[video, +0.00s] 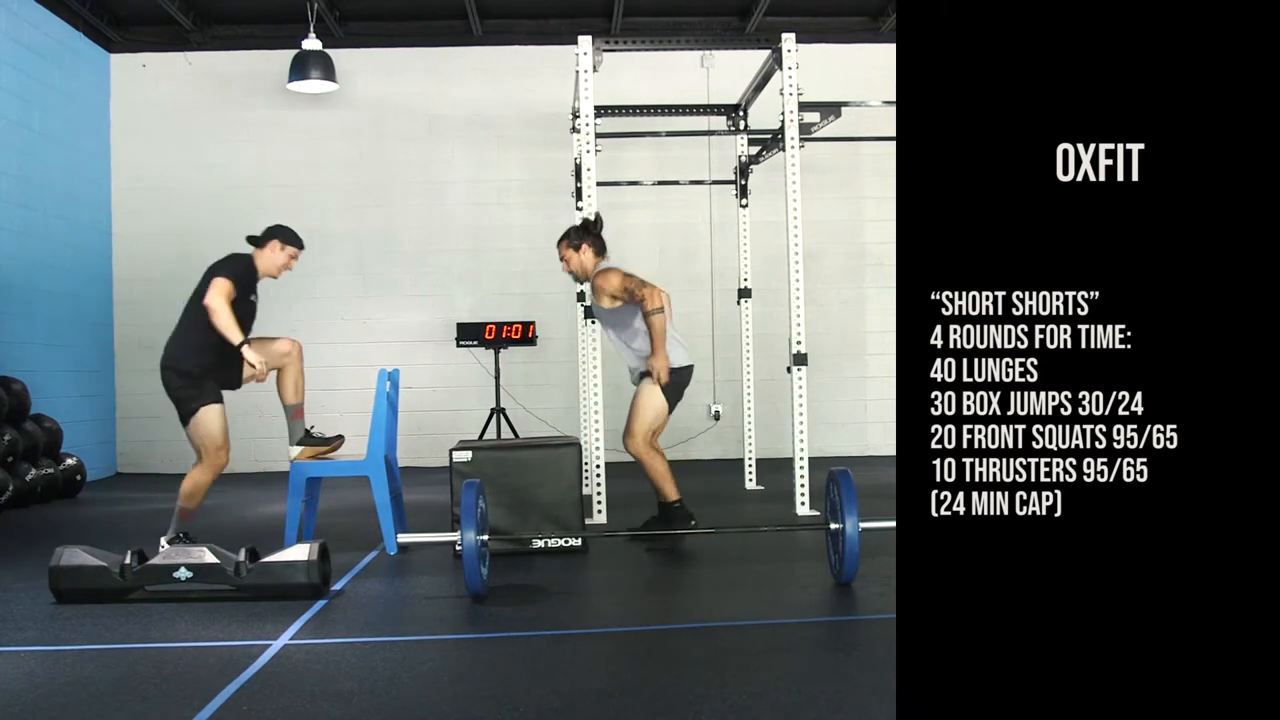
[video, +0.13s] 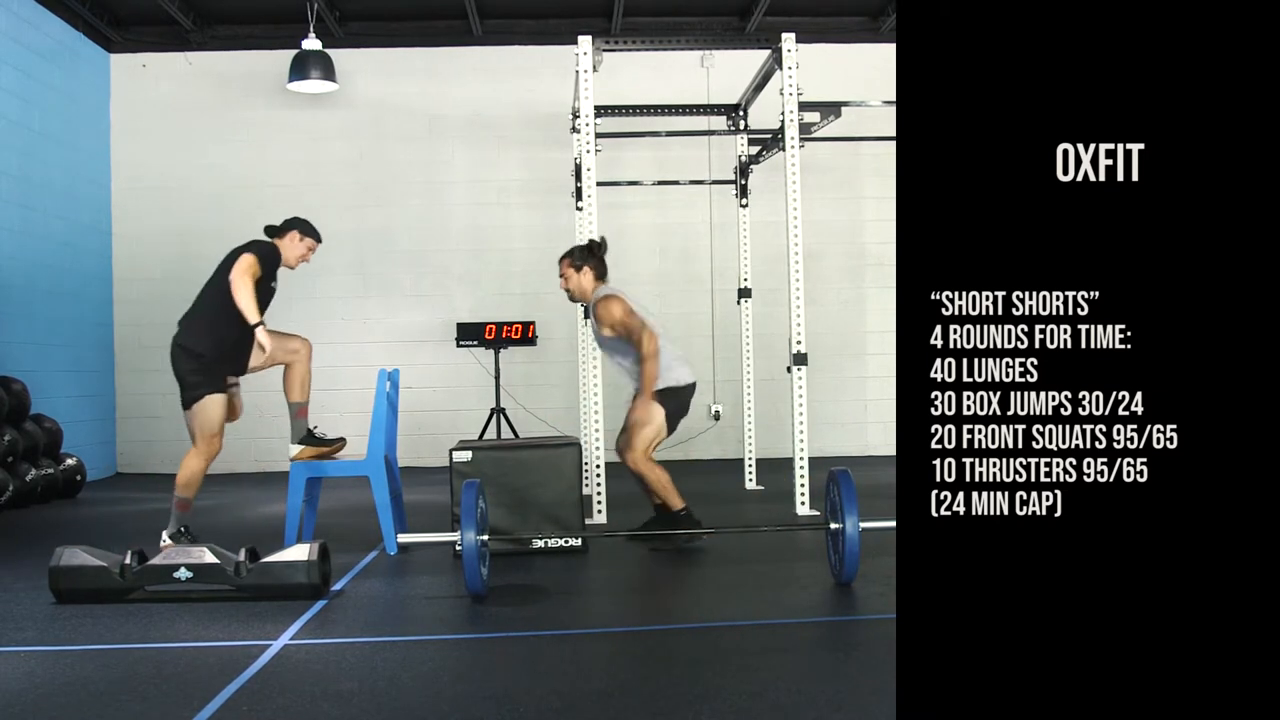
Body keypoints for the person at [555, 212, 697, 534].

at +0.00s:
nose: (563, 267)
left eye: (565, 259)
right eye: (561, 261)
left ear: (584, 251)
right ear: (586, 251)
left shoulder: (604, 279)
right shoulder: (608, 277)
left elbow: (652, 296)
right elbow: (660, 297)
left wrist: (658, 353)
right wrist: (655, 353)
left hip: (665, 367)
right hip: (670, 366)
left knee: (635, 439)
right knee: (647, 441)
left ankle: (676, 512)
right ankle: (670, 510)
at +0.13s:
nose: (562, 285)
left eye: (565, 277)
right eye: (561, 278)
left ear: (585, 273)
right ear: (586, 274)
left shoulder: (607, 304)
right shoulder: (602, 305)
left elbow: (648, 339)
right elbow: (645, 342)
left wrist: (644, 395)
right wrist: (643, 394)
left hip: (670, 385)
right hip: (661, 386)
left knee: (635, 452)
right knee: (628, 448)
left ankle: (684, 516)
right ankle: (665, 513)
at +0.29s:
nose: (575, 260)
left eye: (578, 252)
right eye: (573, 253)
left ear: (599, 249)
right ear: (595, 252)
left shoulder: (608, 283)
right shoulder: (601, 284)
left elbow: (570, 322)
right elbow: (569, 321)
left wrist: (541, 300)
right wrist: (541, 301)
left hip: (655, 382)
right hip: (639, 384)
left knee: (637, 454)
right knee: (622, 447)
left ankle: (683, 517)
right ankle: (662, 514)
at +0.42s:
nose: (554, 219)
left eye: (554, 212)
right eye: (552, 214)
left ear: (570, 201)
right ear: (574, 200)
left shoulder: (592, 227)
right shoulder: (588, 229)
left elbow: (559, 267)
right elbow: (559, 274)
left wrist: (527, 240)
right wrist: (528, 242)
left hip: (638, 325)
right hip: (621, 328)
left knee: (621, 396)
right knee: (613, 401)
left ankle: (659, 471)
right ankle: (647, 471)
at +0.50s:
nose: (540, 214)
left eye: (539, 205)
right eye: (536, 207)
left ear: (555, 190)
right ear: (555, 190)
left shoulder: (585, 215)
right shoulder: (580, 218)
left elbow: (567, 263)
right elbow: (566, 276)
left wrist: (516, 254)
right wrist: (518, 265)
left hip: (637, 300)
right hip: (621, 301)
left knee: (589, 352)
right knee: (576, 355)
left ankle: (635, 415)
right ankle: (632, 413)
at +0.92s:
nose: (506, 179)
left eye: (504, 170)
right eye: (502, 174)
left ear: (521, 155)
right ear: (520, 158)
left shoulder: (556, 183)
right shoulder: (545, 189)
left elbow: (591, 223)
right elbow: (576, 233)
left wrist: (583, 278)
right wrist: (567, 282)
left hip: (592, 277)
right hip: (579, 278)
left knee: (553, 341)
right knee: (550, 341)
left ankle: (572, 422)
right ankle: (569, 420)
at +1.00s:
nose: (506, 163)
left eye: (505, 155)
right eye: (502, 159)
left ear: (522, 139)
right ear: (523, 141)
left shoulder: (557, 167)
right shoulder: (543, 175)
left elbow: (590, 209)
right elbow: (571, 221)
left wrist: (584, 266)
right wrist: (564, 269)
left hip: (583, 268)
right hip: (568, 269)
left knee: (569, 337)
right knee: (558, 338)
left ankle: (576, 421)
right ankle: (571, 418)